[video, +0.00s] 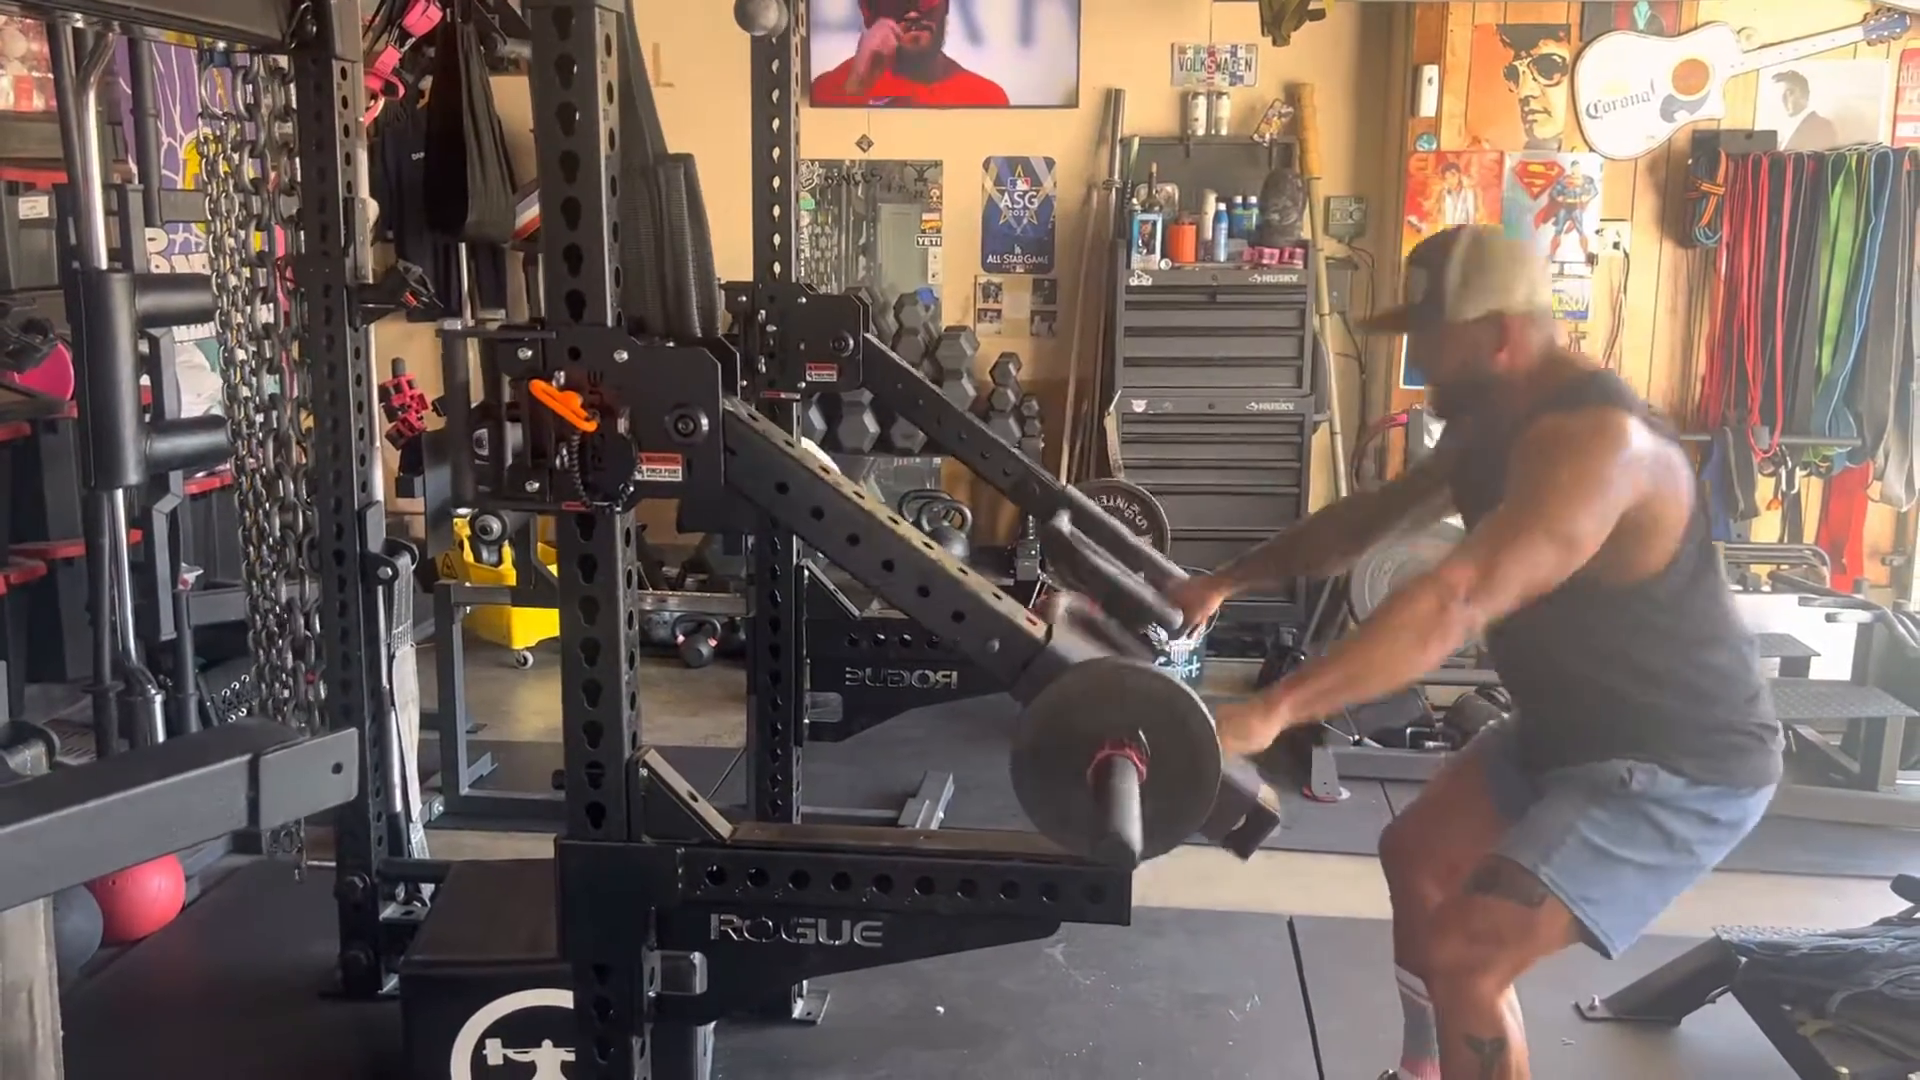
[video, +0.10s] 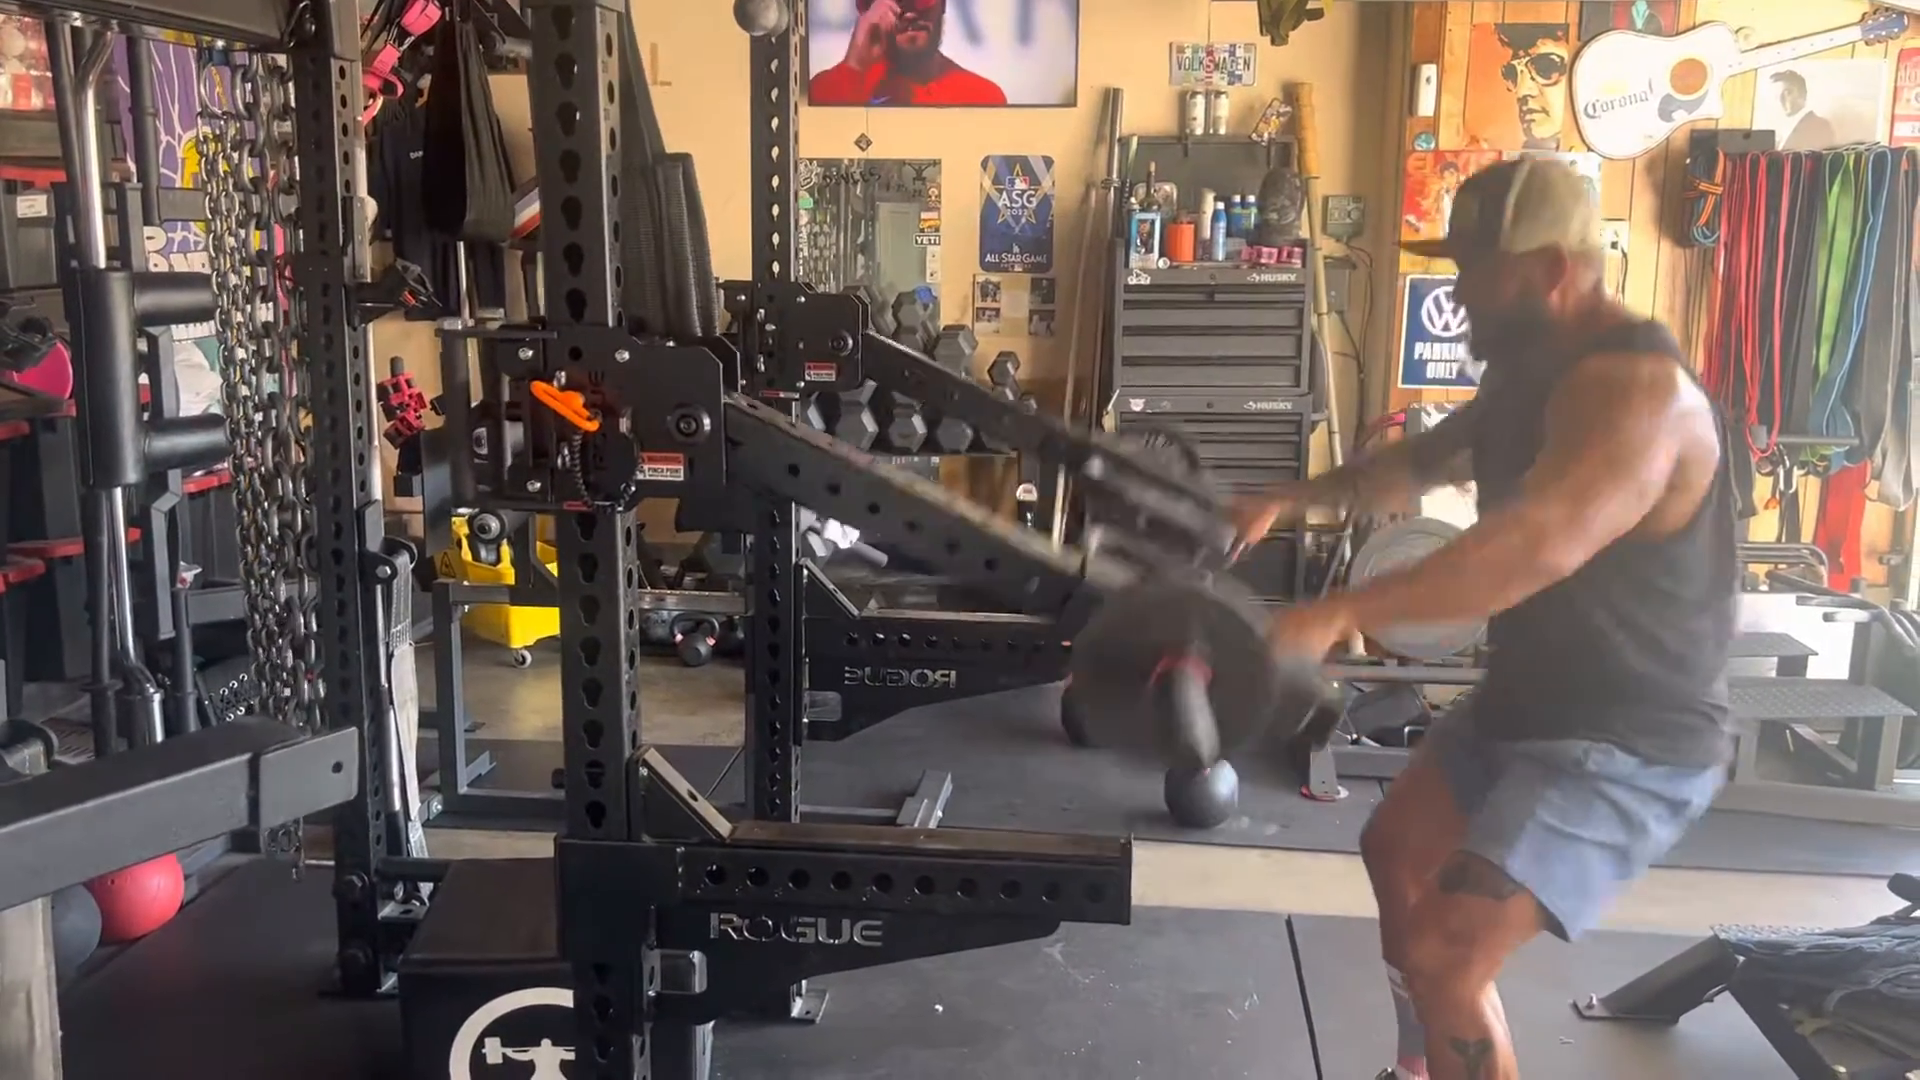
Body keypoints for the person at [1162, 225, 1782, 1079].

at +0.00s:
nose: (1419, 367)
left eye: (1431, 343)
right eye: (1416, 345)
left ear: (1504, 340)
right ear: (1503, 340)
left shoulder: (1599, 441)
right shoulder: (1500, 419)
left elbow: (1459, 600)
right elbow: (1372, 516)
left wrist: (1274, 711)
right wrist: (1225, 582)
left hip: (1680, 763)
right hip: (1570, 728)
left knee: (1464, 955)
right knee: (1416, 856)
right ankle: (1430, 1060)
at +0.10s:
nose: (1460, 295)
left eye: (1474, 271)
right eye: (1460, 272)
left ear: (1554, 271)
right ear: (1540, 275)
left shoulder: (1634, 384)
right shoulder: (1531, 370)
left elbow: (1533, 547)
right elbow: (1421, 465)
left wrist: (1344, 614)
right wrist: (1290, 500)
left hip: (1626, 740)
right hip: (1520, 705)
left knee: (1444, 952)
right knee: (1399, 849)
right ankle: (1431, 1059)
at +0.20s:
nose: (1443, 257)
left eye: (1454, 230)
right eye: (1441, 233)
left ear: (1531, 223)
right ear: (1530, 226)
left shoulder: (1618, 326)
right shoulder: (1517, 325)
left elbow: (1637, 448)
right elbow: (1443, 386)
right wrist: (1338, 371)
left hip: (1520, 695)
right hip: (1439, 665)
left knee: (1417, 954)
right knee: (1370, 845)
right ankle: (1423, 1058)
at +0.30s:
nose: (1360, 229)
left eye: (1372, 212)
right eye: (1357, 213)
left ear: (1438, 205)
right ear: (1435, 204)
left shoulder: (1543, 293)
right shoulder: (1421, 279)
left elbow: (1629, 386)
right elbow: (1308, 251)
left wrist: (1412, 314)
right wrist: (1281, 246)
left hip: (1444, 680)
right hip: (1376, 664)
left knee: (1419, 954)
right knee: (1399, 932)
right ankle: (1423, 1061)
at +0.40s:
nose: (1267, 255)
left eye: (1278, 225)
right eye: (1267, 226)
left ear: (1331, 218)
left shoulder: (1419, 305)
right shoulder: (1351, 310)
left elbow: (1518, 328)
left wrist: (1376, 194)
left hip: (1401, 689)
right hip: (1355, 680)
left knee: (1406, 953)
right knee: (1392, 938)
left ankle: (1448, 1070)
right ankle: (1418, 1065)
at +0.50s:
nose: (1192, 269)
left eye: (1202, 238)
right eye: (1185, 242)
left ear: (1270, 216)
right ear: (1270, 221)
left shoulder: (1372, 296)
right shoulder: (1301, 311)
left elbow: (1404, 229)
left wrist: (1267, 76)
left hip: (1386, 689)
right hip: (1342, 680)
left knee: (1408, 949)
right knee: (1388, 924)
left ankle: (1447, 1071)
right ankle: (1420, 1059)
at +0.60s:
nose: (1146, 293)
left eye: (1152, 267)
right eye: (1140, 271)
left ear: (1213, 241)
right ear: (1218, 236)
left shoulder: (1323, 291)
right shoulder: (1258, 300)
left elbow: (1304, 164)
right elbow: (1211, 146)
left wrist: (1200, 7)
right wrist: (1138, 51)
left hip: (1388, 680)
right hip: (1339, 671)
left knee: (1406, 937)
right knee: (1385, 912)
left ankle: (1453, 1070)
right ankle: (1419, 1056)